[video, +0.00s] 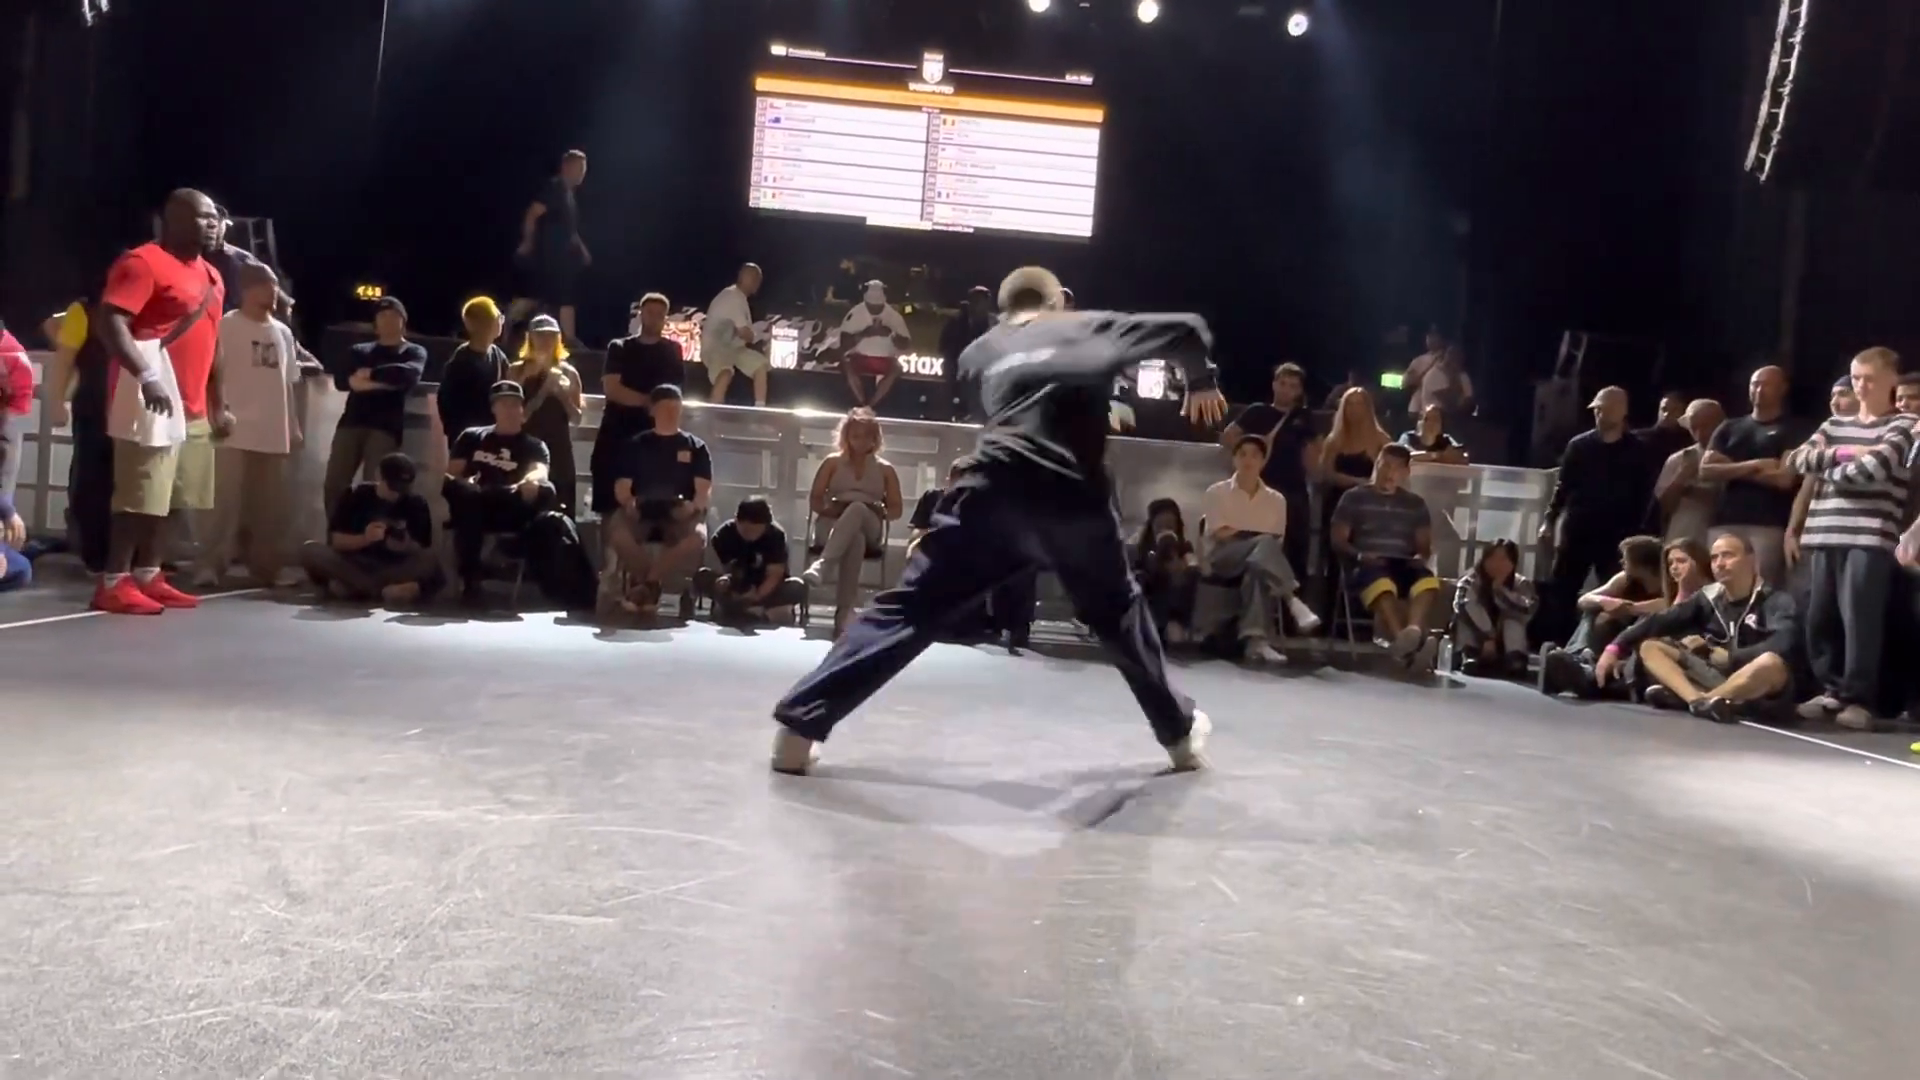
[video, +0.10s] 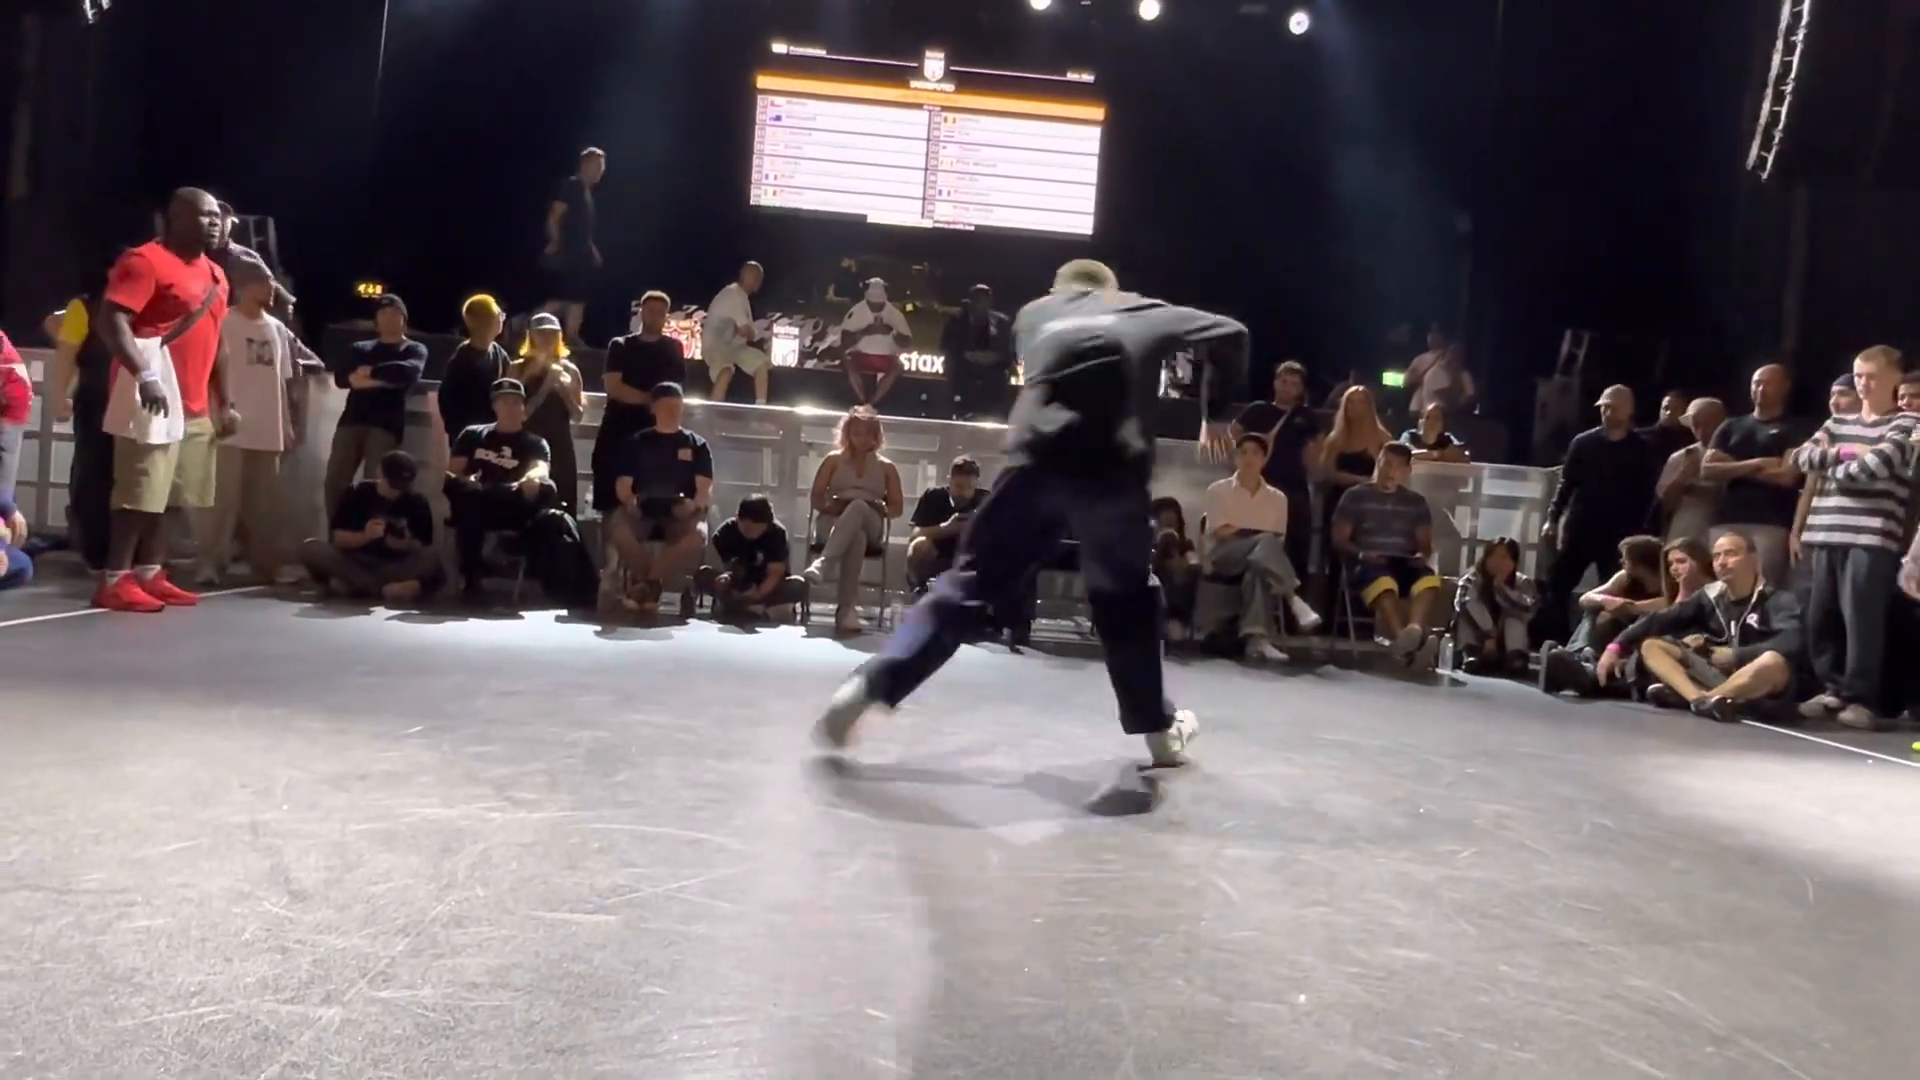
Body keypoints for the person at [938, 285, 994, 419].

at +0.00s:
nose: (979, 307)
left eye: (983, 302)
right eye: (975, 302)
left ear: (988, 304)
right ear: (970, 303)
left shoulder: (992, 322)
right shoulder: (958, 321)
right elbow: (946, 345)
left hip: (981, 364)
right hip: (956, 362)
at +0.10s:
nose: (980, 306)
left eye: (984, 301)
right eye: (976, 301)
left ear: (990, 302)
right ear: (970, 301)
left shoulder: (1001, 322)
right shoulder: (958, 321)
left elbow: (1007, 355)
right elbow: (948, 348)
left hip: (993, 388)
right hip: (965, 387)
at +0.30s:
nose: (985, 303)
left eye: (989, 298)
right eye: (981, 297)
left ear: (994, 299)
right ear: (974, 299)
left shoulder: (1004, 320)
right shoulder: (962, 319)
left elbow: (1012, 352)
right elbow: (950, 345)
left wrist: (996, 356)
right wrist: (970, 354)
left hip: (996, 386)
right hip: (968, 385)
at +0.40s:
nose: (987, 302)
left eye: (991, 297)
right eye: (983, 296)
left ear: (997, 299)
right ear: (976, 298)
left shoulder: (1006, 320)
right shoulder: (963, 318)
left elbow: (1012, 351)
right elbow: (952, 346)